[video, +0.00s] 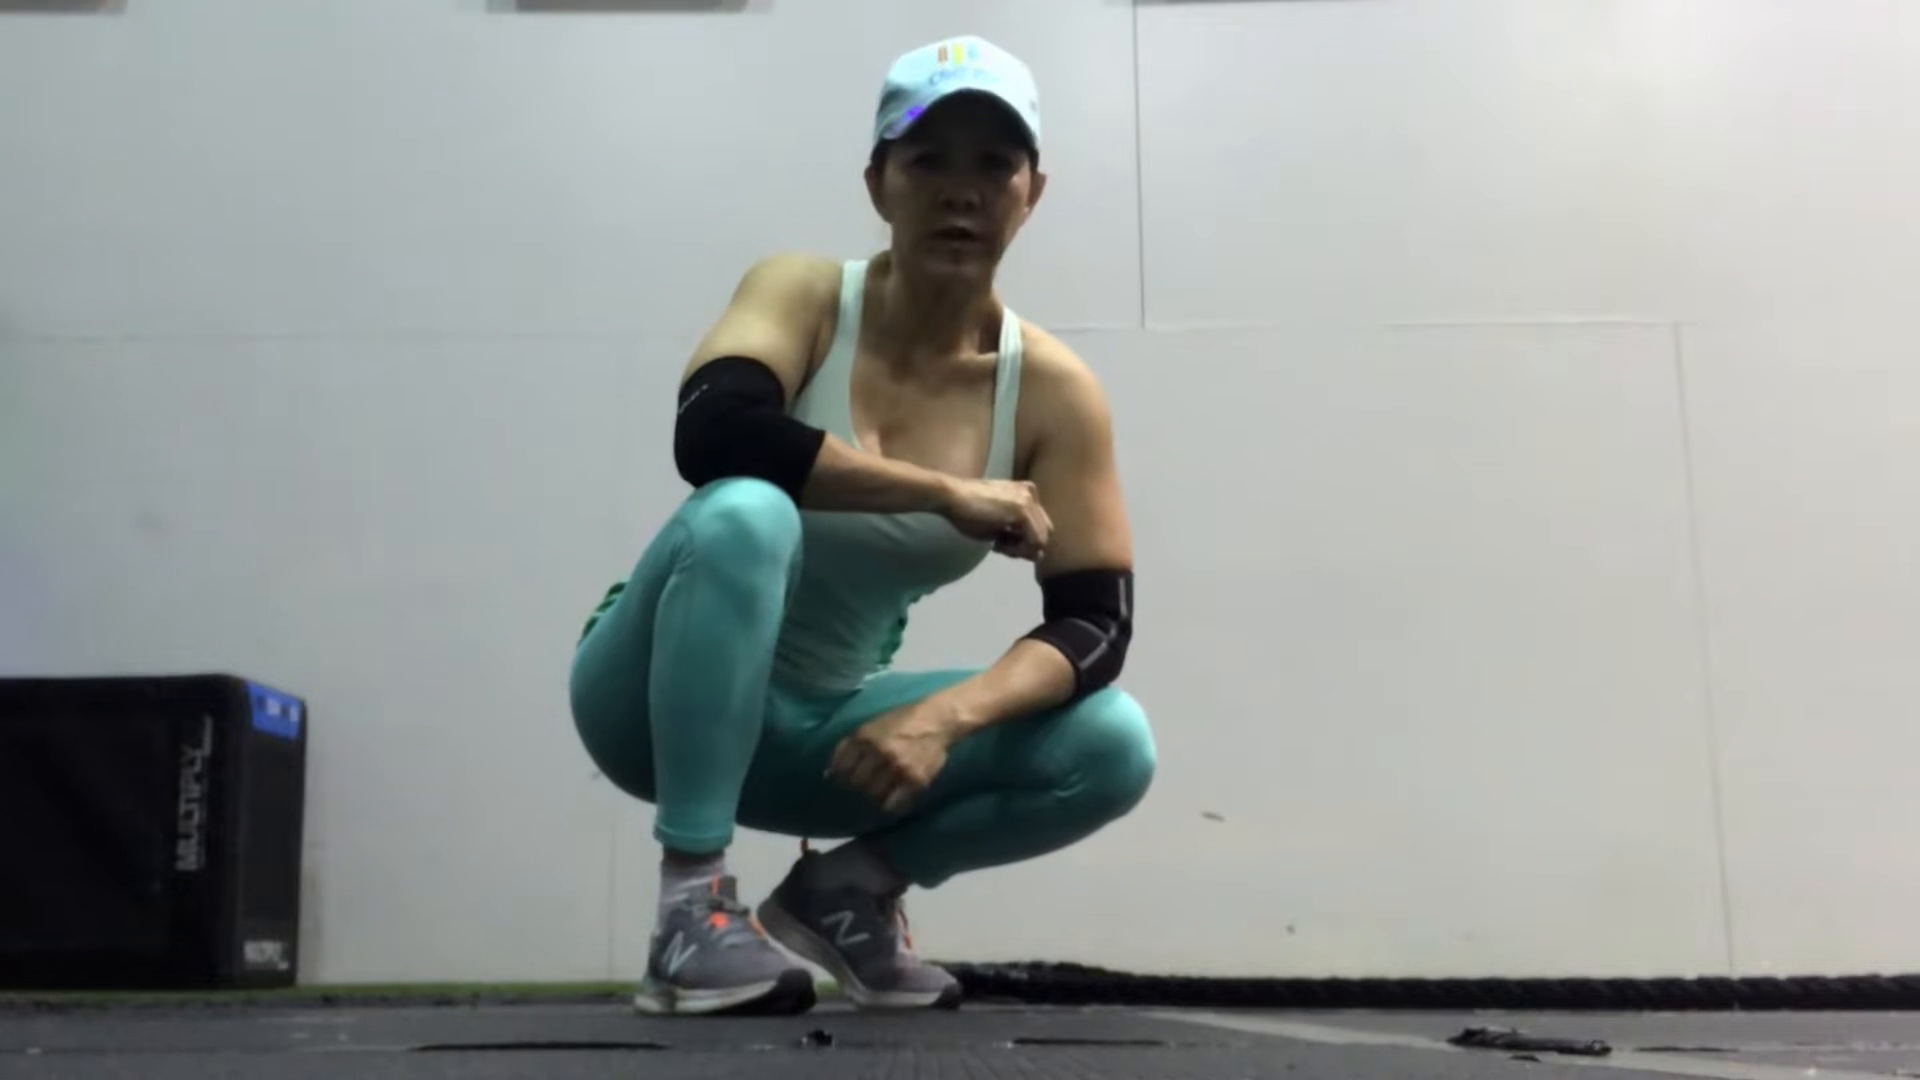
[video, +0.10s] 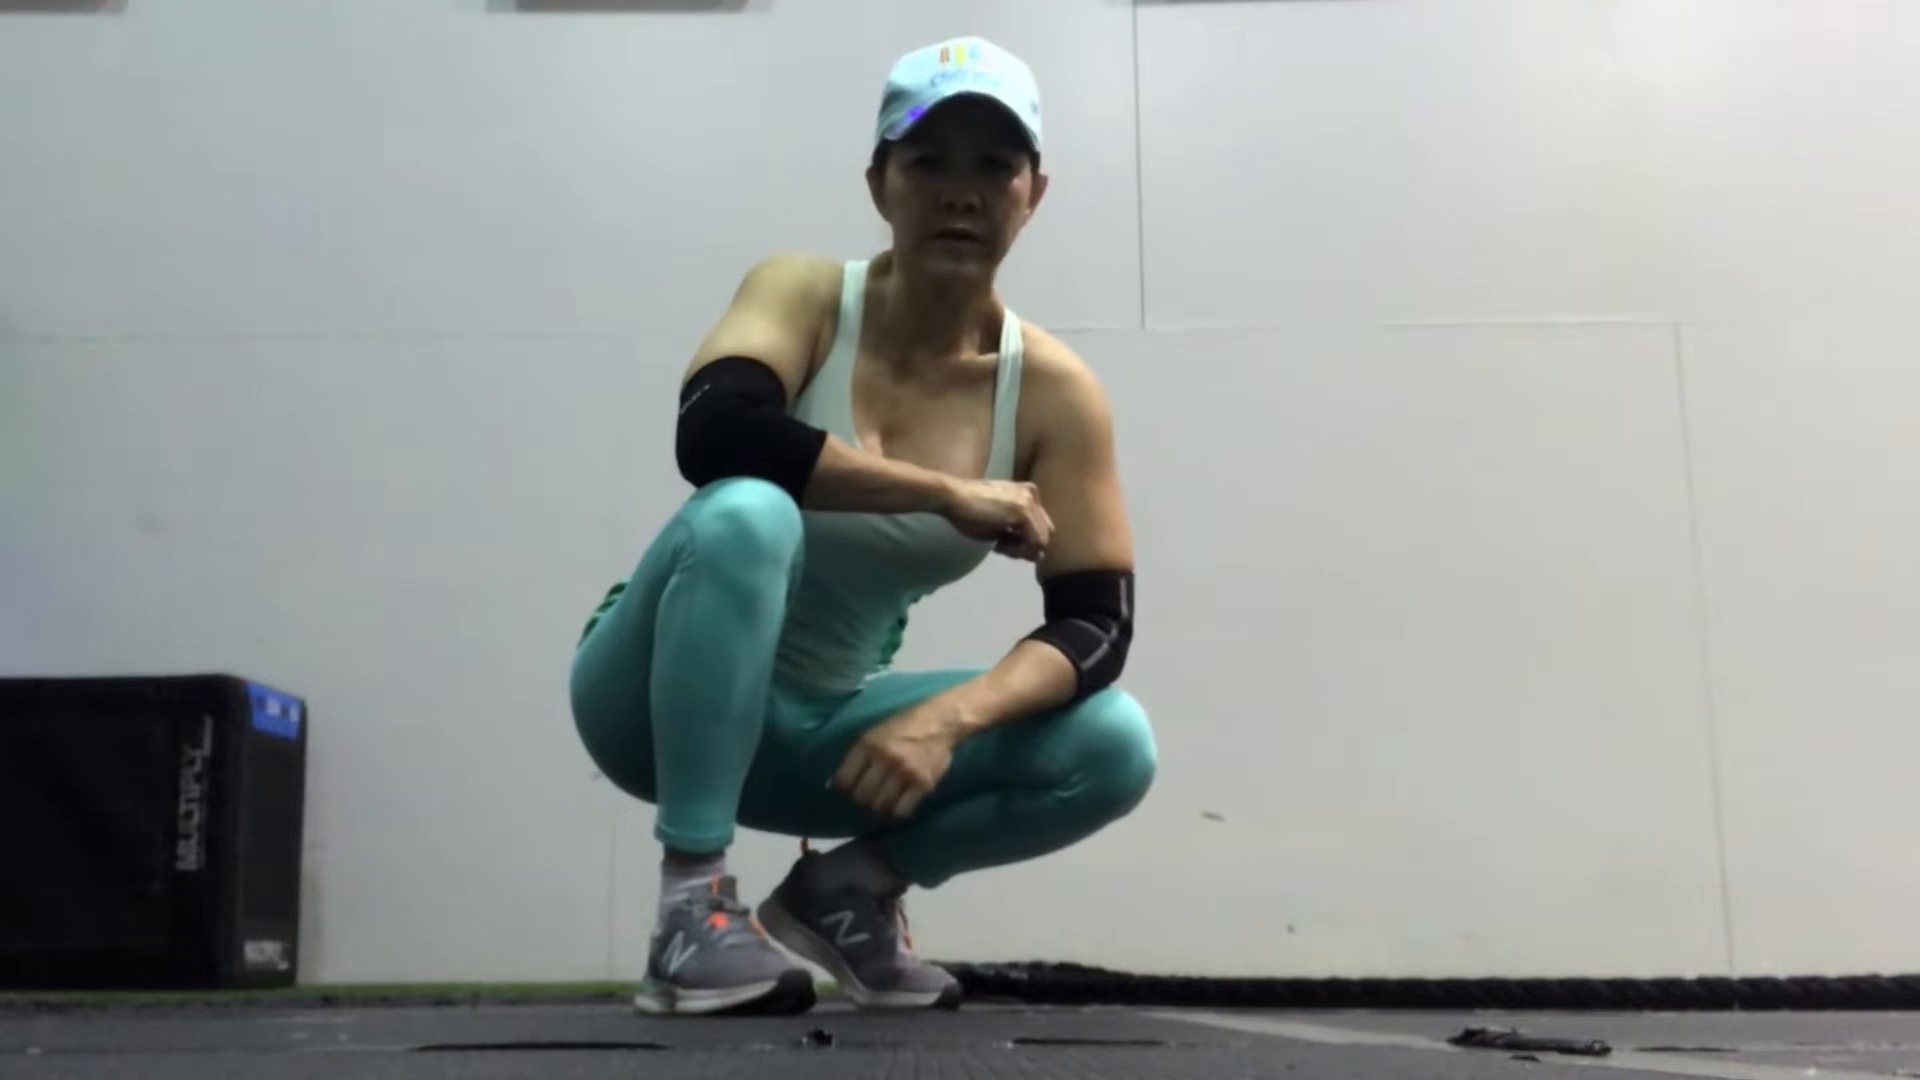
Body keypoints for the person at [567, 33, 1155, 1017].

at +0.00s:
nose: (960, 190)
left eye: (992, 163)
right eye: (928, 160)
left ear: (1032, 191)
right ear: (879, 181)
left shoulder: (1053, 392)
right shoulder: (796, 294)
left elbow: (1092, 625)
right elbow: (715, 437)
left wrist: (946, 715)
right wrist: (944, 495)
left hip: (833, 729)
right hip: (668, 697)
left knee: (1110, 747)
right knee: (744, 516)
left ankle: (842, 889)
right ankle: (692, 908)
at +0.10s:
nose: (960, 193)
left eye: (993, 166)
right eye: (929, 162)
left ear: (1033, 193)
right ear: (880, 182)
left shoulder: (1053, 392)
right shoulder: (798, 294)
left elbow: (1093, 626)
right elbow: (717, 437)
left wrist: (949, 716)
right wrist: (946, 495)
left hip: (831, 729)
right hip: (667, 697)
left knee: (1111, 747)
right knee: (746, 516)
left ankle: (844, 889)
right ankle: (693, 908)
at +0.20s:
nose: (961, 193)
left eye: (993, 166)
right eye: (929, 162)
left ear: (1034, 194)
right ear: (881, 182)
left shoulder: (1054, 393)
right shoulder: (800, 294)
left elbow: (1094, 626)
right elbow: (718, 435)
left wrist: (949, 717)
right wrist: (946, 495)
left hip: (830, 730)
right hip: (667, 698)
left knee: (1112, 747)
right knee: (747, 516)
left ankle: (844, 888)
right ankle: (693, 908)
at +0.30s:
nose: (961, 191)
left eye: (993, 165)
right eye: (929, 161)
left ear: (1034, 194)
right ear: (881, 183)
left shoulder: (1054, 394)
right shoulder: (800, 295)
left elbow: (1094, 627)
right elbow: (718, 435)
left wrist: (950, 715)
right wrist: (947, 496)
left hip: (831, 730)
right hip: (667, 697)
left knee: (1111, 748)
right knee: (747, 516)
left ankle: (845, 888)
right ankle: (693, 908)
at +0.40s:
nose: (960, 192)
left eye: (993, 165)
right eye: (929, 161)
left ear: (1034, 194)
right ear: (881, 184)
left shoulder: (1054, 395)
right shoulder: (800, 296)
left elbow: (1094, 627)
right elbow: (715, 435)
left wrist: (949, 714)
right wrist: (945, 497)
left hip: (831, 730)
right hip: (668, 698)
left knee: (1111, 748)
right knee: (746, 516)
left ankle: (845, 888)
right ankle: (693, 908)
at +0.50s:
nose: (960, 189)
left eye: (993, 163)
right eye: (929, 159)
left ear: (1034, 195)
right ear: (881, 182)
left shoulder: (1054, 394)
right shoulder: (800, 298)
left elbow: (1094, 627)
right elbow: (711, 436)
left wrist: (951, 712)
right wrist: (942, 497)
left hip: (829, 732)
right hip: (666, 699)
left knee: (1112, 748)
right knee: (741, 516)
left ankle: (845, 888)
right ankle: (692, 909)